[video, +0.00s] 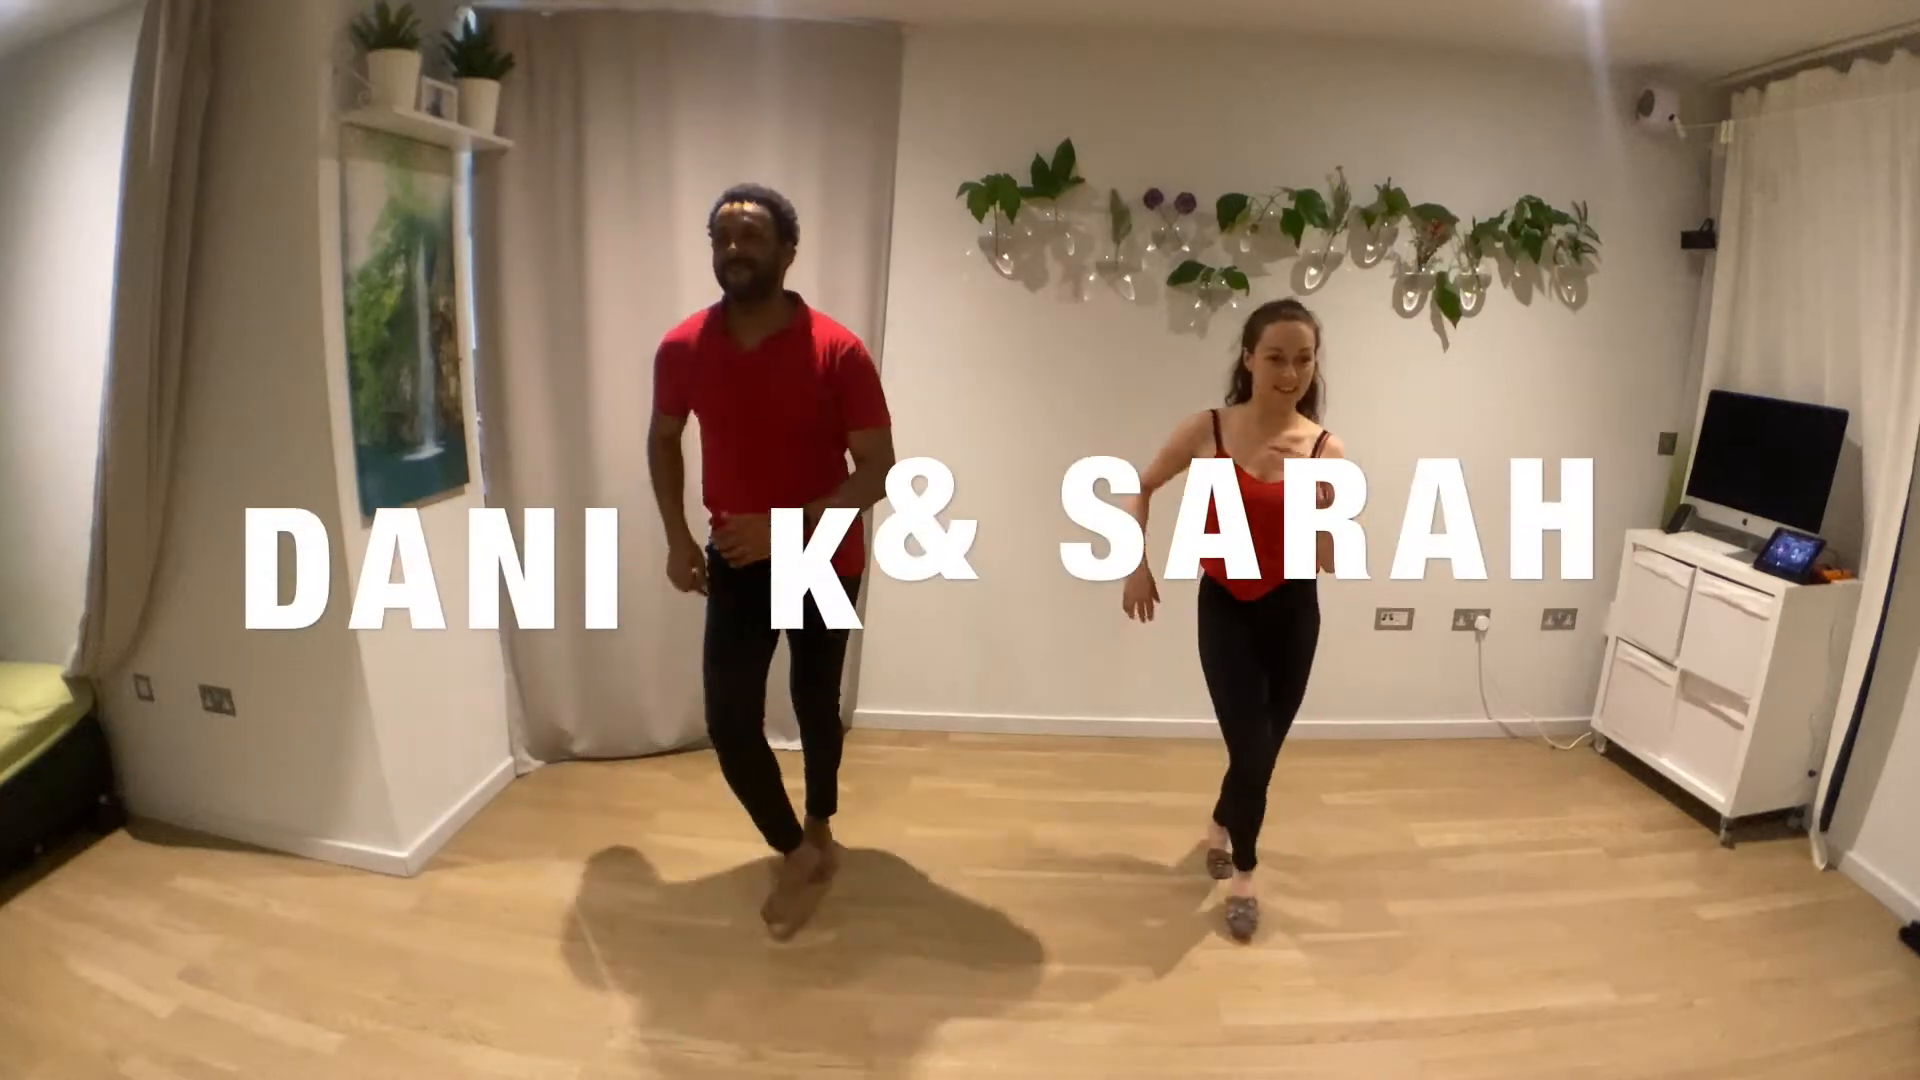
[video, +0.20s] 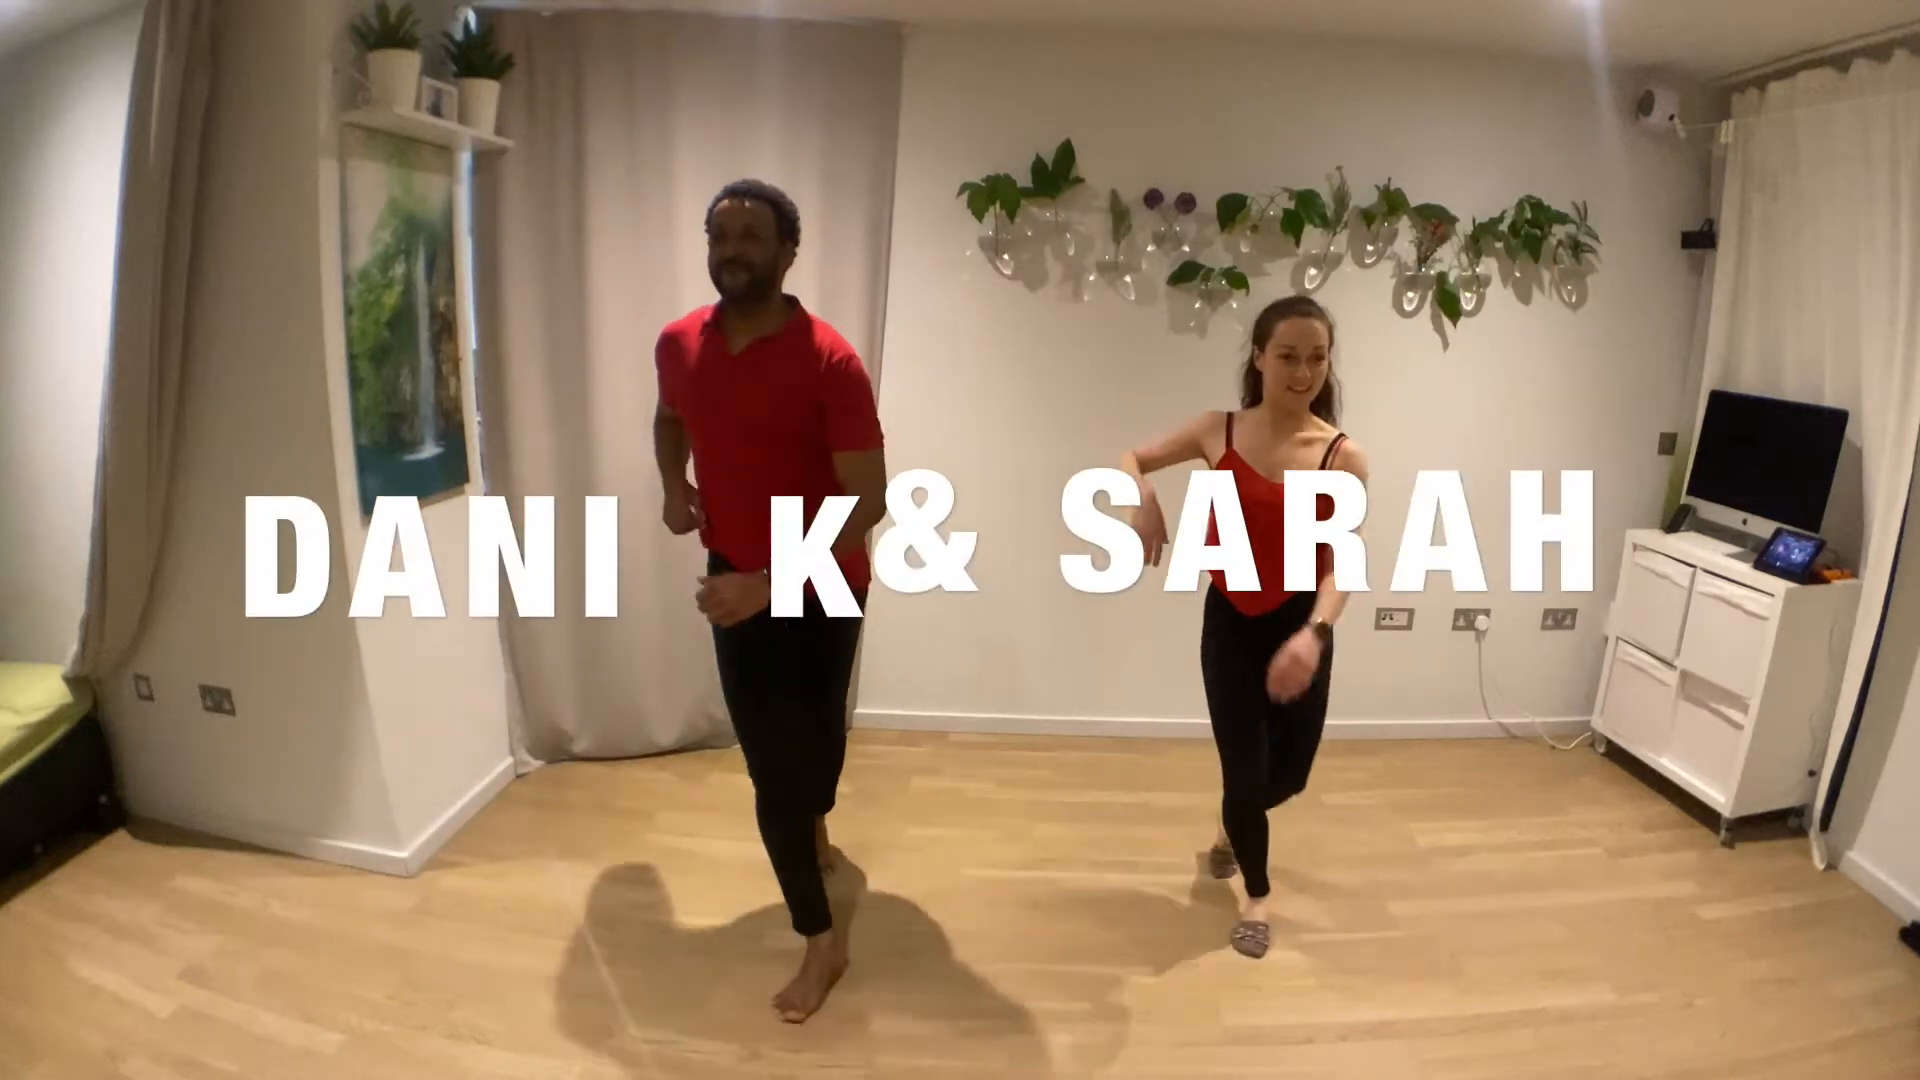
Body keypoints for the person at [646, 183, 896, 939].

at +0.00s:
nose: (731, 247)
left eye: (749, 236)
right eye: (722, 236)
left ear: (788, 250)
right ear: (709, 252)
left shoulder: (835, 351)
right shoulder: (685, 349)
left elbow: (877, 471)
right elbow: (664, 438)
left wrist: (781, 528)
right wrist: (679, 536)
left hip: (826, 552)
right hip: (739, 553)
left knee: (814, 699)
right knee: (730, 722)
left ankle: (818, 832)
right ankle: (798, 854)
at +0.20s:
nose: (732, 251)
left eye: (751, 237)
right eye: (721, 237)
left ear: (789, 252)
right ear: (705, 249)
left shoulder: (829, 361)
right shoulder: (682, 346)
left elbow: (869, 502)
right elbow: (671, 418)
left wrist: (766, 584)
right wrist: (673, 483)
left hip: (822, 589)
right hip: (734, 587)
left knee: (816, 745)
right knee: (771, 773)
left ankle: (809, 834)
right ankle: (821, 938)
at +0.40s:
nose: (722, 250)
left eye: (743, 234)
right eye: (709, 234)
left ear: (781, 248)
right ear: (695, 248)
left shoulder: (825, 362)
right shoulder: (681, 364)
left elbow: (900, 492)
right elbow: (665, 477)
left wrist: (823, 603)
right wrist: (660, 487)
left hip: (807, 620)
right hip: (712, 615)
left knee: (802, 794)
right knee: (752, 802)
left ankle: (847, 842)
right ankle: (824, 942)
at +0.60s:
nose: (706, 261)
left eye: (728, 244)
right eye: (692, 244)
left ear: (767, 255)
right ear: (677, 254)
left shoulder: (825, 370)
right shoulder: (660, 385)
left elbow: (921, 492)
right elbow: (642, 511)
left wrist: (825, 585)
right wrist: (633, 573)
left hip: (775, 637)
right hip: (686, 631)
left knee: (702, 838)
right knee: (724, 819)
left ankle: (751, 1024)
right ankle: (827, 950)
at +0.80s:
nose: (684, 261)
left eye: (707, 244)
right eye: (670, 243)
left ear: (750, 257)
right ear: (653, 255)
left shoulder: (802, 390)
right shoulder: (616, 382)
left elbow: (866, 538)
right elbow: (600, 519)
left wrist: (767, 609)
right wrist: (595, 633)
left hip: (753, 665)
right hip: (651, 657)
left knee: (689, 863)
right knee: (669, 868)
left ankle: (700, 1057)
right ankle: (812, 938)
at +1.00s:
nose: (666, 261)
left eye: (689, 246)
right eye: (652, 243)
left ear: (730, 262)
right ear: (634, 255)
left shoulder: (776, 395)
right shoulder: (612, 380)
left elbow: (839, 558)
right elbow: (610, 504)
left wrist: (784, 699)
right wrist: (594, 603)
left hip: (735, 671)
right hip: (639, 658)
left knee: (672, 874)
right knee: (619, 866)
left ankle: (699, 1059)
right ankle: (713, 898)